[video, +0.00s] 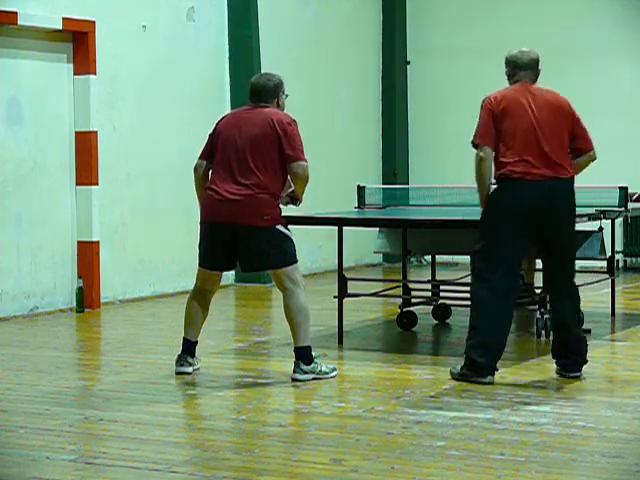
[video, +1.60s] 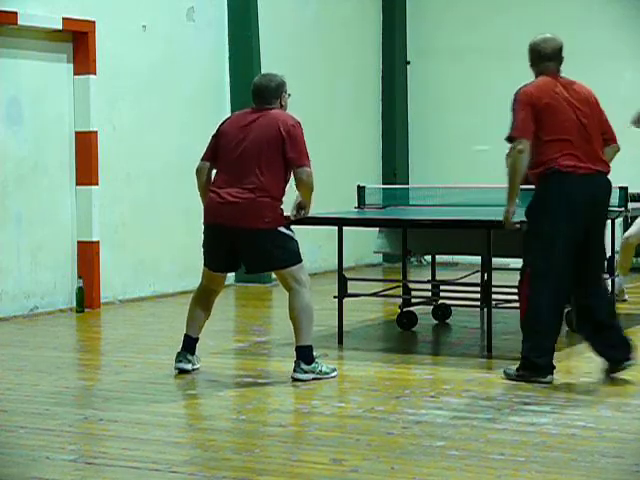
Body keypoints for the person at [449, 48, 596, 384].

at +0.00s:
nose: (508, 78)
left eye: (508, 73)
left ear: (508, 73)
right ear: (538, 74)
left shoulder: (496, 102)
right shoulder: (560, 103)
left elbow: (484, 153)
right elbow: (587, 154)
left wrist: (485, 200)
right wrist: (557, 176)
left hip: (512, 198)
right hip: (558, 198)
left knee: (493, 277)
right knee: (561, 278)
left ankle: (480, 364)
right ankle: (571, 362)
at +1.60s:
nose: (533, 67)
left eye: (531, 63)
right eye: (545, 60)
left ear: (532, 63)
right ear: (561, 61)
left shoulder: (529, 93)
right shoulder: (584, 93)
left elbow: (521, 147)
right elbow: (611, 145)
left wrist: (511, 201)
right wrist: (583, 175)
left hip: (557, 188)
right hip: (596, 188)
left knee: (544, 273)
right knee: (587, 272)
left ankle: (537, 364)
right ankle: (616, 351)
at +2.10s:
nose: (554, 67)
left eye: (555, 61)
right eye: (556, 61)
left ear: (561, 61)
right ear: (587, 62)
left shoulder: (560, 91)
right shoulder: (613, 95)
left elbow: (560, 140)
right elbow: (637, 142)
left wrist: (549, 197)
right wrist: (624, 177)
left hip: (585, 192)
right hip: (626, 193)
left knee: (570, 278)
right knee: (629, 278)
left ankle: (553, 365)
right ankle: (638, 363)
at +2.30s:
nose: (540, 74)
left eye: (540, 69)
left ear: (541, 70)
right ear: (569, 69)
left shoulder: (538, 100)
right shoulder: (594, 101)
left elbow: (534, 150)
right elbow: (623, 158)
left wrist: (522, 206)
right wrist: (606, 195)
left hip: (564, 202)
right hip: (609, 201)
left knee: (536, 279)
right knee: (620, 284)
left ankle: (506, 359)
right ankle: (637, 364)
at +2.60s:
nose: (484, 73)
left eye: (480, 68)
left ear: (479, 70)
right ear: (508, 68)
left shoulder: (469, 107)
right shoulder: (533, 101)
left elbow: (452, 159)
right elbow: (561, 148)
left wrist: (443, 212)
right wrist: (538, 180)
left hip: (496, 203)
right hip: (541, 200)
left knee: (474, 284)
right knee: (560, 275)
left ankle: (484, 364)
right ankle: (606, 346)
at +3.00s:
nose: (461, 89)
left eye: (456, 82)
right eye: (466, 85)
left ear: (444, 83)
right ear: (470, 86)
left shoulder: (418, 110)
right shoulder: (481, 122)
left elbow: (387, 152)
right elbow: (498, 177)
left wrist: (377, 198)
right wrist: (466, 194)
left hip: (408, 204)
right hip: (453, 208)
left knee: (380, 273)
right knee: (471, 282)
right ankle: (470, 358)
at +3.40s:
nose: (451, 103)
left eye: (452, 98)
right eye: (451, 98)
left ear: (425, 92)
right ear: (445, 96)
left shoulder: (395, 115)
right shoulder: (437, 121)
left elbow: (376, 154)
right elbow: (439, 169)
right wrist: (465, 201)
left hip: (360, 200)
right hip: (400, 205)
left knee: (353, 277)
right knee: (438, 276)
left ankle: (312, 345)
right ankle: (457, 355)